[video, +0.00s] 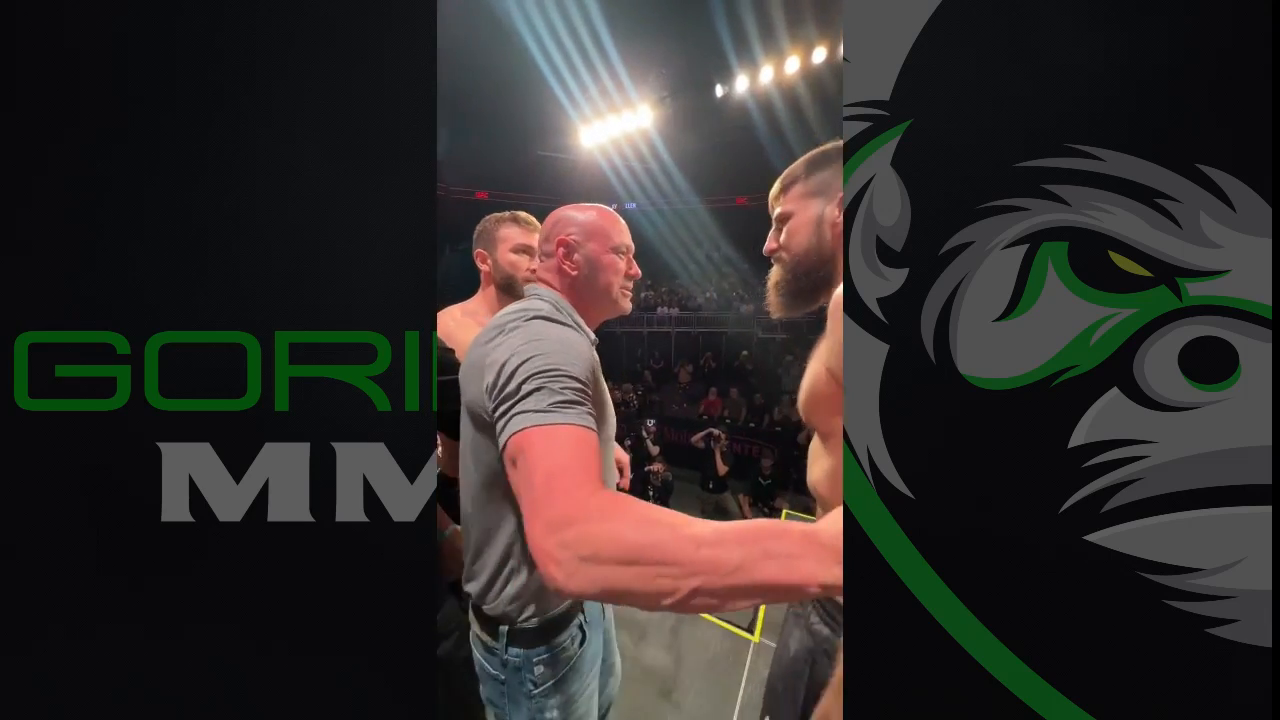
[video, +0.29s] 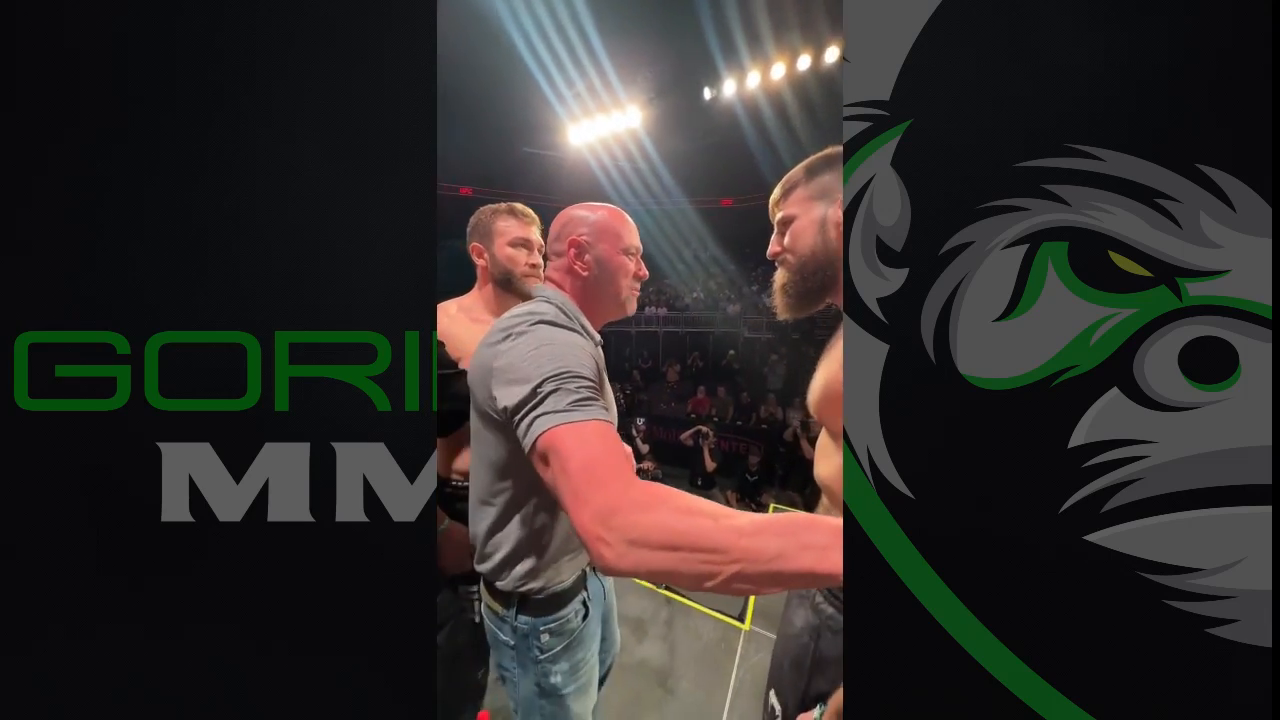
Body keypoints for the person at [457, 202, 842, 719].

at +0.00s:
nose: (637, 269)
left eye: (633, 256)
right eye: (621, 253)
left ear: (567, 256)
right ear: (567, 254)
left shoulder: (551, 331)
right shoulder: (538, 341)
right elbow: (574, 541)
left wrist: (598, 449)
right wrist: (823, 553)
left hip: (579, 616)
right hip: (536, 649)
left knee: (600, 703)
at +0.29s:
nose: (644, 270)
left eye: (641, 256)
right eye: (631, 254)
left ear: (581, 259)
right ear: (579, 256)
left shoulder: (568, 333)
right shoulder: (538, 339)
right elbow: (619, 526)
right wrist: (848, 544)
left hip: (584, 582)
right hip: (540, 611)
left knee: (590, 685)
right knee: (557, 712)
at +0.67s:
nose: (662, 280)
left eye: (660, 265)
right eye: (652, 263)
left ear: (602, 262)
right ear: (604, 258)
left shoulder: (564, 323)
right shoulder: (574, 337)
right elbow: (652, 497)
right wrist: (844, 536)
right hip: (565, 573)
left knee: (568, 690)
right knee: (573, 707)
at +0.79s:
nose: (665, 285)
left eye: (664, 271)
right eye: (655, 269)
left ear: (607, 265)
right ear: (610, 262)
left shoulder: (572, 327)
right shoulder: (577, 341)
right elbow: (633, 501)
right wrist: (816, 509)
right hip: (559, 563)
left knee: (565, 666)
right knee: (565, 703)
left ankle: (574, 708)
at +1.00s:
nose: (654, 288)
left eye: (653, 275)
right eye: (646, 273)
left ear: (599, 268)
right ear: (602, 266)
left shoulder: (560, 325)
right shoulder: (573, 347)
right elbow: (634, 484)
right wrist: (756, 468)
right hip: (553, 550)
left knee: (558, 678)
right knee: (559, 703)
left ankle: (567, 708)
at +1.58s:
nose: (590, 270)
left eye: (588, 259)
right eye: (578, 258)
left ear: (530, 262)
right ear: (532, 259)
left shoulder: (502, 318)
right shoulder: (530, 331)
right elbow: (626, 436)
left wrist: (610, 438)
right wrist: (746, 447)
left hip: (498, 527)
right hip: (525, 537)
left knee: (496, 646)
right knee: (560, 692)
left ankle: (492, 713)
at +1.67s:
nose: (583, 269)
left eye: (581, 258)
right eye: (572, 257)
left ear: (524, 260)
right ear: (525, 258)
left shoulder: (498, 318)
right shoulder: (523, 331)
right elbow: (620, 435)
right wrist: (741, 452)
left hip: (493, 528)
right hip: (517, 539)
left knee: (489, 645)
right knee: (551, 693)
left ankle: (480, 713)